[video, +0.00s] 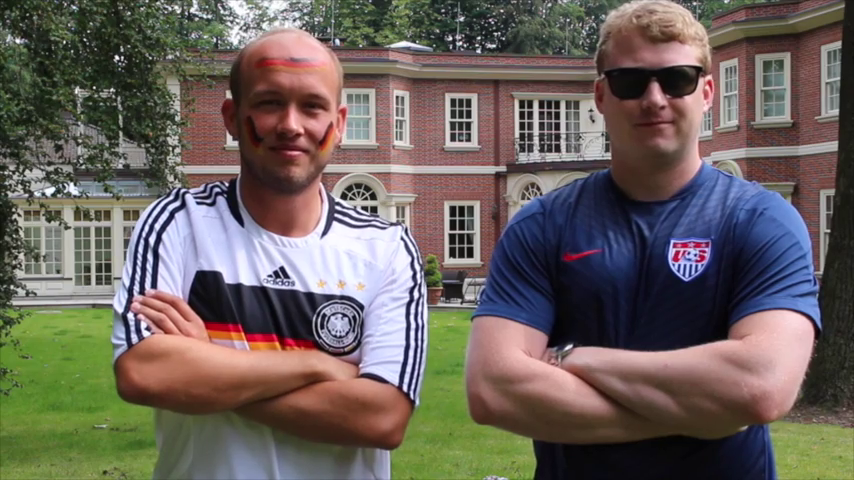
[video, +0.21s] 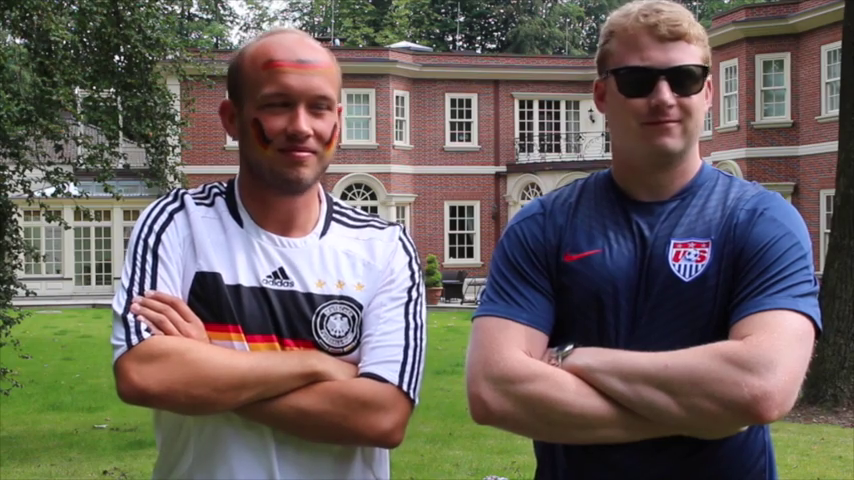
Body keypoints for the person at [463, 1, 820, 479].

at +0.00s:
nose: (653, 98)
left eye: (675, 80)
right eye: (630, 81)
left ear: (707, 93)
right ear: (600, 97)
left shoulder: (762, 221)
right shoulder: (540, 227)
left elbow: (762, 389)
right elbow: (493, 391)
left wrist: (570, 361)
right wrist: (686, 411)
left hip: (724, 473)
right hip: (575, 474)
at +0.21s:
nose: (664, 97)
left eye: (684, 79)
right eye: (639, 80)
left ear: (708, 93)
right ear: (602, 96)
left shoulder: (762, 220)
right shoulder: (540, 228)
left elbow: (762, 389)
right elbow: (493, 391)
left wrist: (571, 361)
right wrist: (686, 411)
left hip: (725, 473)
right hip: (576, 474)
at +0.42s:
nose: (708, 94)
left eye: (717, 78)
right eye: (680, 75)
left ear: (725, 90)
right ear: (614, 93)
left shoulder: (760, 219)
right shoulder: (539, 228)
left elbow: (762, 387)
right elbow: (492, 392)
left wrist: (569, 362)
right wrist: (685, 411)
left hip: (725, 473)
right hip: (576, 474)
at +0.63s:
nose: (717, 97)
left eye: (727, 80)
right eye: (691, 77)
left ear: (734, 90)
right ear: (621, 91)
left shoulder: (761, 220)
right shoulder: (540, 227)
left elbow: (763, 388)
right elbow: (492, 391)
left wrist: (571, 362)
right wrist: (686, 411)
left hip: (725, 473)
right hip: (575, 473)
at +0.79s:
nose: (717, 98)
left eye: (727, 81)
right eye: (691, 78)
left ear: (734, 91)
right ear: (622, 91)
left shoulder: (762, 221)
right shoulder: (540, 226)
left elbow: (763, 388)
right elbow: (492, 390)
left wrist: (572, 361)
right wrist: (685, 411)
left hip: (724, 473)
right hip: (574, 473)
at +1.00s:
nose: (715, 98)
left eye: (725, 81)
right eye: (689, 78)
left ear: (733, 92)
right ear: (620, 91)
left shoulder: (762, 221)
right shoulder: (540, 226)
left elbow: (762, 387)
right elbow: (491, 390)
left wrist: (569, 360)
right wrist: (682, 410)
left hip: (723, 473)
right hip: (574, 473)